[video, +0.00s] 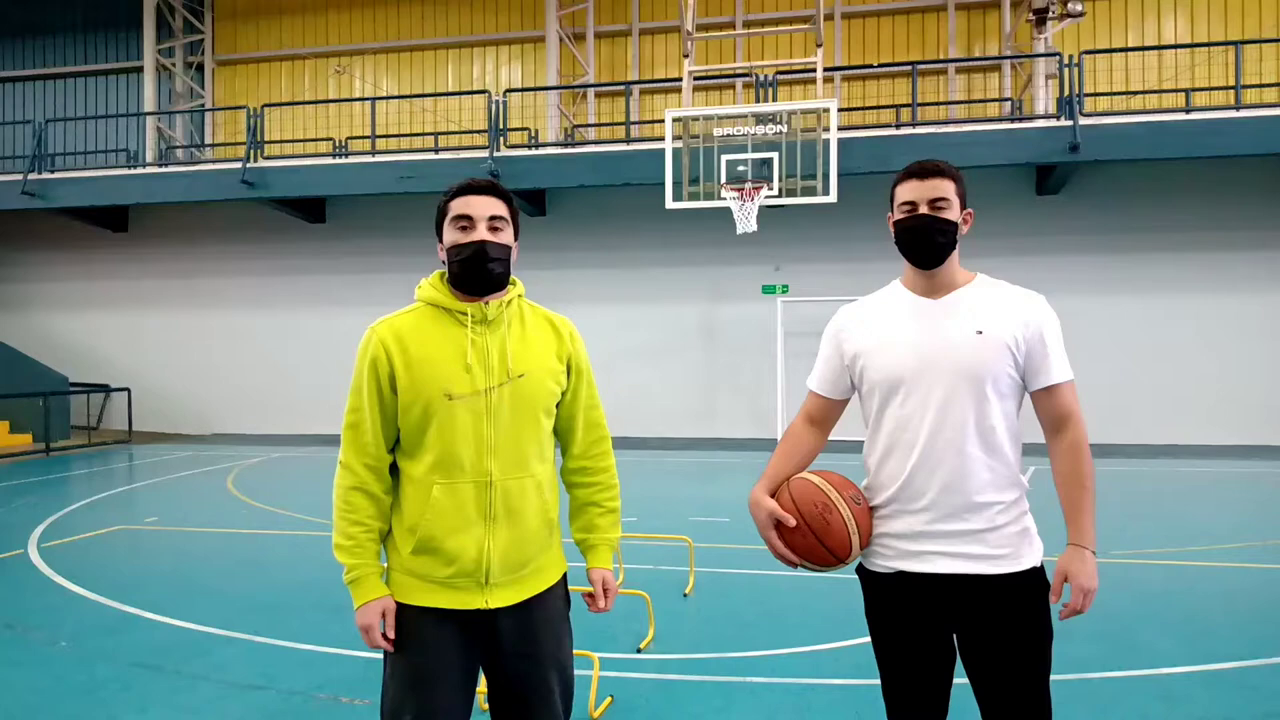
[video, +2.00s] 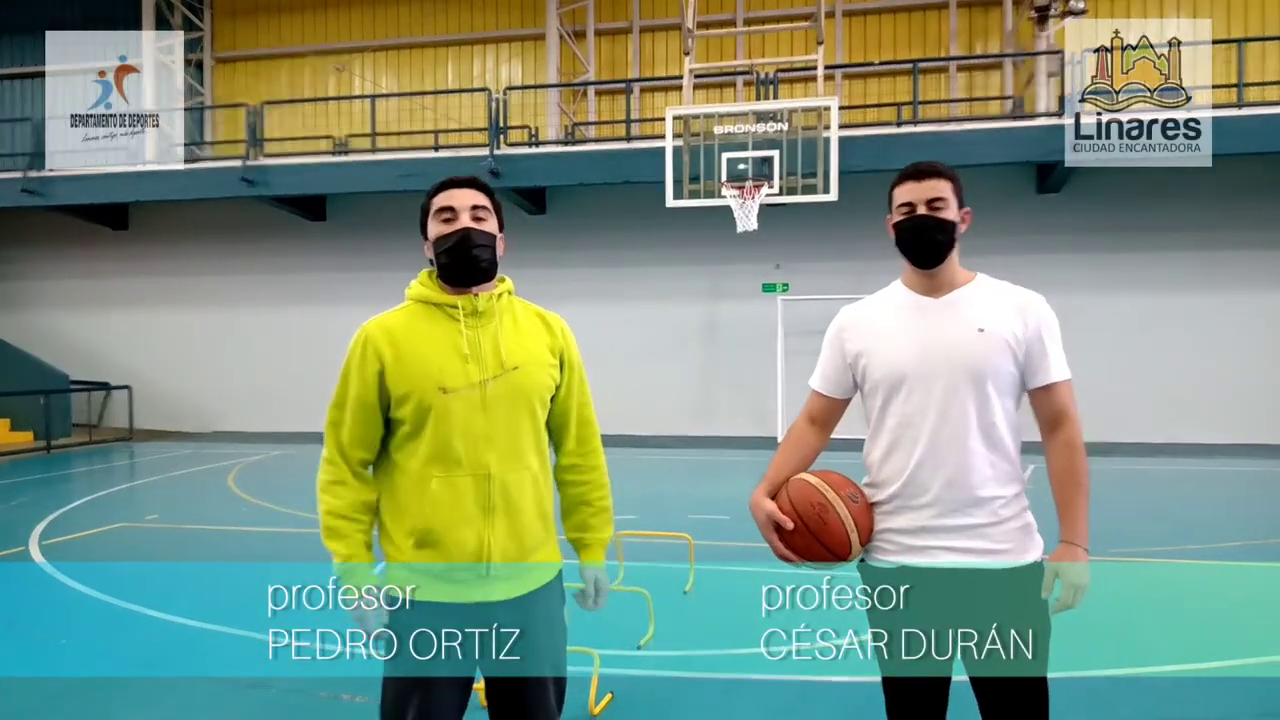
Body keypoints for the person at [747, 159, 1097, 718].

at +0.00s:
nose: (923, 218)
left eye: (939, 206)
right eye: (907, 209)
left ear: (965, 221)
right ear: (891, 226)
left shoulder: (1022, 314)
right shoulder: (854, 324)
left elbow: (1065, 429)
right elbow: (812, 422)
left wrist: (1080, 544)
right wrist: (761, 490)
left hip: (1003, 567)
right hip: (897, 570)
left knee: (1020, 715)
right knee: (912, 716)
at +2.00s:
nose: (921, 218)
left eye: (936, 206)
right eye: (906, 210)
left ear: (963, 219)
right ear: (890, 229)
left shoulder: (1022, 312)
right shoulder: (856, 324)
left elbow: (1060, 428)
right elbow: (813, 423)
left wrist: (1073, 542)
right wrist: (763, 491)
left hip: (1002, 560)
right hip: (899, 562)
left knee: (1018, 710)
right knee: (912, 712)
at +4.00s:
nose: (926, 217)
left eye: (941, 206)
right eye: (911, 208)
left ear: (967, 221)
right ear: (894, 226)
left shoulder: (1022, 313)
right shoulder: (857, 324)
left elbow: (1062, 429)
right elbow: (816, 426)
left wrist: (1075, 543)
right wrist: (763, 503)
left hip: (1005, 561)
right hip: (901, 563)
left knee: (1020, 712)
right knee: (913, 713)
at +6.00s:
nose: (931, 215)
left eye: (946, 204)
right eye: (916, 207)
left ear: (972, 220)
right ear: (899, 226)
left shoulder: (1026, 314)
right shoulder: (862, 323)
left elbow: (1063, 430)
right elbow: (818, 425)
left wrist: (1076, 543)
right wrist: (764, 503)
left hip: (1007, 559)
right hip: (904, 560)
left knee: (1020, 711)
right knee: (915, 712)